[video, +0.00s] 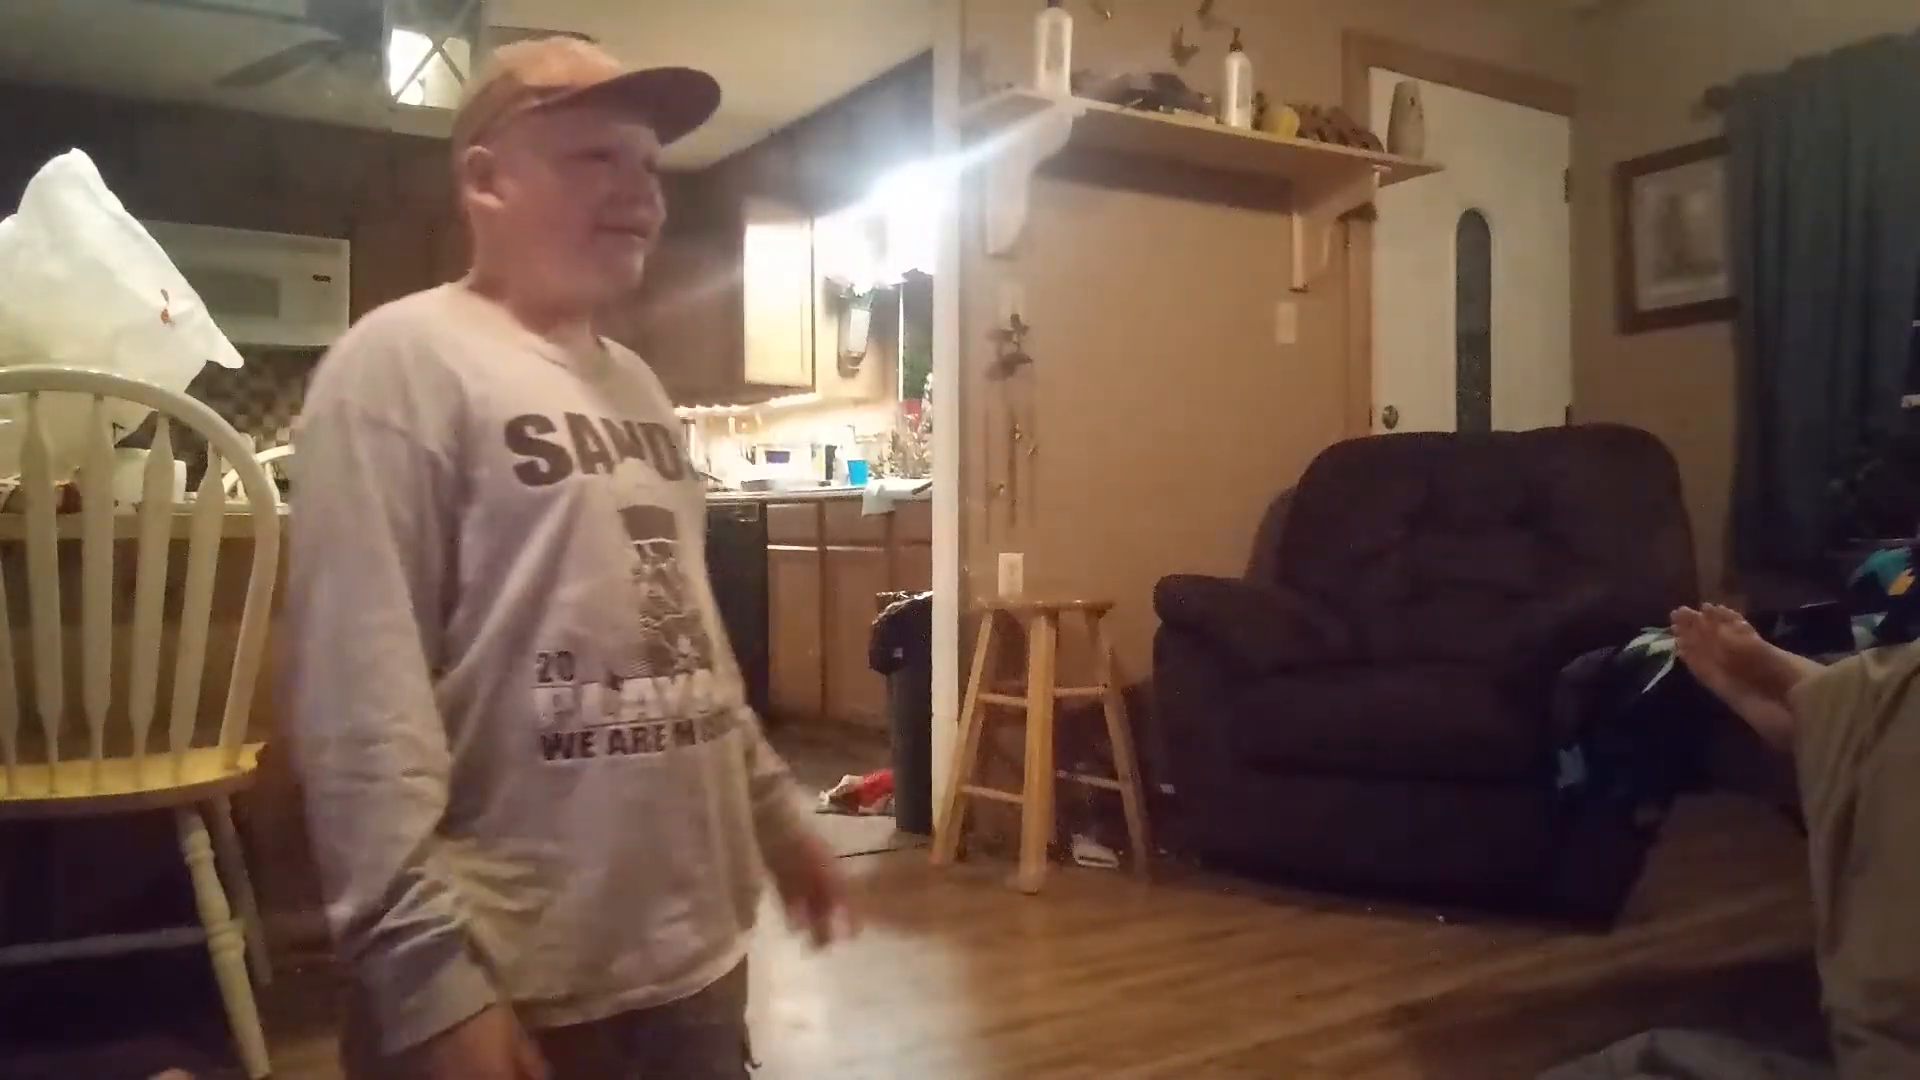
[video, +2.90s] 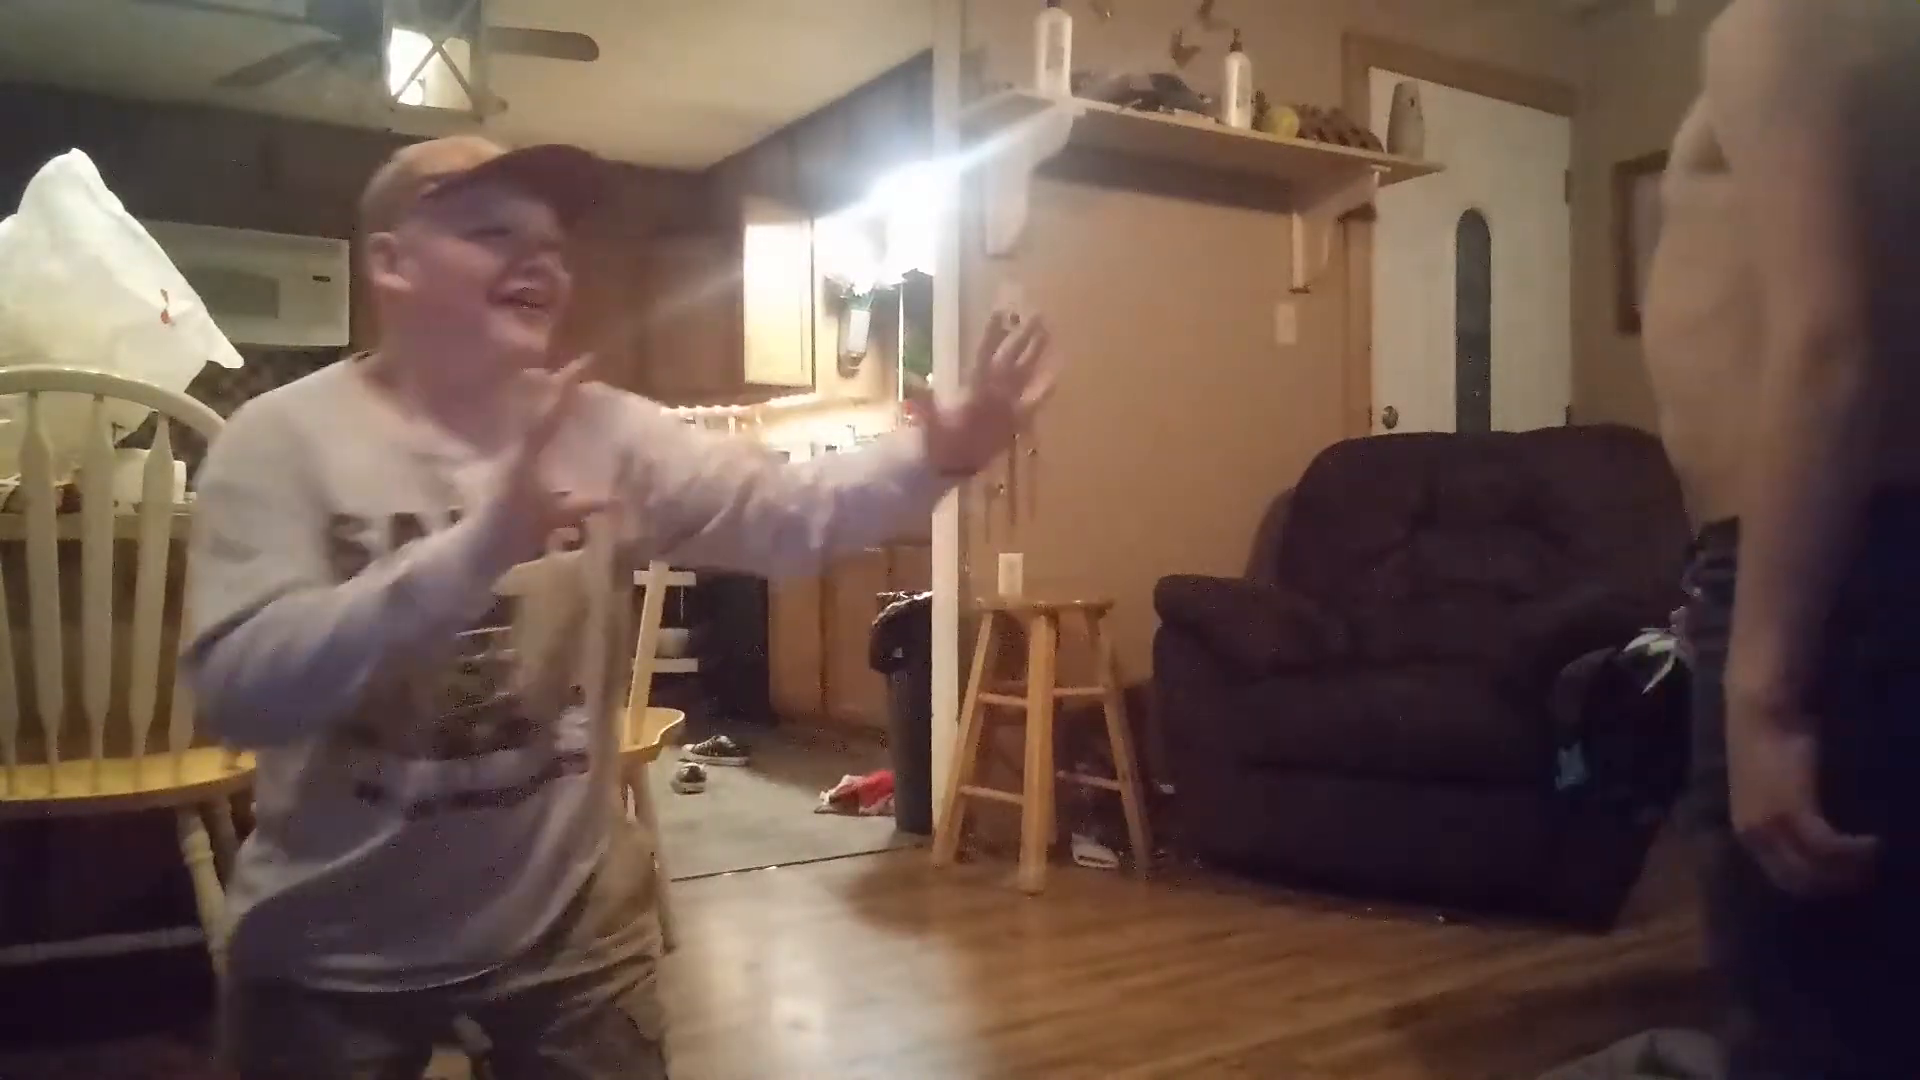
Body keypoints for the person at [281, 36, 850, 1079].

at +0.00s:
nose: (644, 196)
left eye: (652, 168)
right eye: (597, 156)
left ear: (657, 190)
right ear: (484, 177)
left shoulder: (639, 387)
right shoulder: (396, 361)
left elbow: (687, 644)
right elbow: (354, 689)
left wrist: (779, 820)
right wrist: (430, 984)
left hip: (692, 972)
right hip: (503, 995)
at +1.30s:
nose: (696, 193)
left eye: (699, 166)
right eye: (648, 161)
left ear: (708, 186)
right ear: (546, 189)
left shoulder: (692, 385)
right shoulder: (461, 374)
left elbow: (733, 636)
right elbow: (399, 687)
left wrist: (816, 806)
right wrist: (521, 951)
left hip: (703, 958)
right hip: (528, 984)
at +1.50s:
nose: (695, 191)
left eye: (693, 167)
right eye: (651, 161)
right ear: (542, 189)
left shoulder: (689, 387)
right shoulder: (455, 369)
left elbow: (727, 655)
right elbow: (383, 657)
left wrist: (829, 789)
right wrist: (606, 853)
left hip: (693, 942)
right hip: (510, 963)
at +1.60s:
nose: (701, 203)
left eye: (700, 178)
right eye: (656, 174)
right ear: (553, 203)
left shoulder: (698, 396)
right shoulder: (463, 374)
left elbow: (748, 638)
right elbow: (390, 650)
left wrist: (865, 748)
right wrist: (647, 766)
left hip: (691, 927)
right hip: (518, 951)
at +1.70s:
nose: (713, 213)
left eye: (718, 191)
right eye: (672, 185)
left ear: (729, 216)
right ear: (569, 215)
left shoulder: (710, 402)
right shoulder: (475, 377)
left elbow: (775, 624)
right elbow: (397, 630)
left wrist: (897, 696)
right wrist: (636, 673)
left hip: (693, 925)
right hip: (514, 945)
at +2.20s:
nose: (640, 234)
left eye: (649, 215)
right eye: (592, 204)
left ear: (663, 245)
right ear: (490, 234)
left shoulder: (667, 419)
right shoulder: (394, 398)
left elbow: (758, 596)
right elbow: (380, 646)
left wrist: (882, 569)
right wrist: (618, 519)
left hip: (643, 930)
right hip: (426, 948)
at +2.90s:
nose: (542, 259)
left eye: (553, 240)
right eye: (495, 232)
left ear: (569, 273)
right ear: (390, 264)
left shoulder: (600, 431)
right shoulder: (275, 443)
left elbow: (780, 509)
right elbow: (237, 681)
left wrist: (928, 462)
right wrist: (476, 554)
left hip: (570, 921)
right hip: (329, 941)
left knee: (616, 1065)